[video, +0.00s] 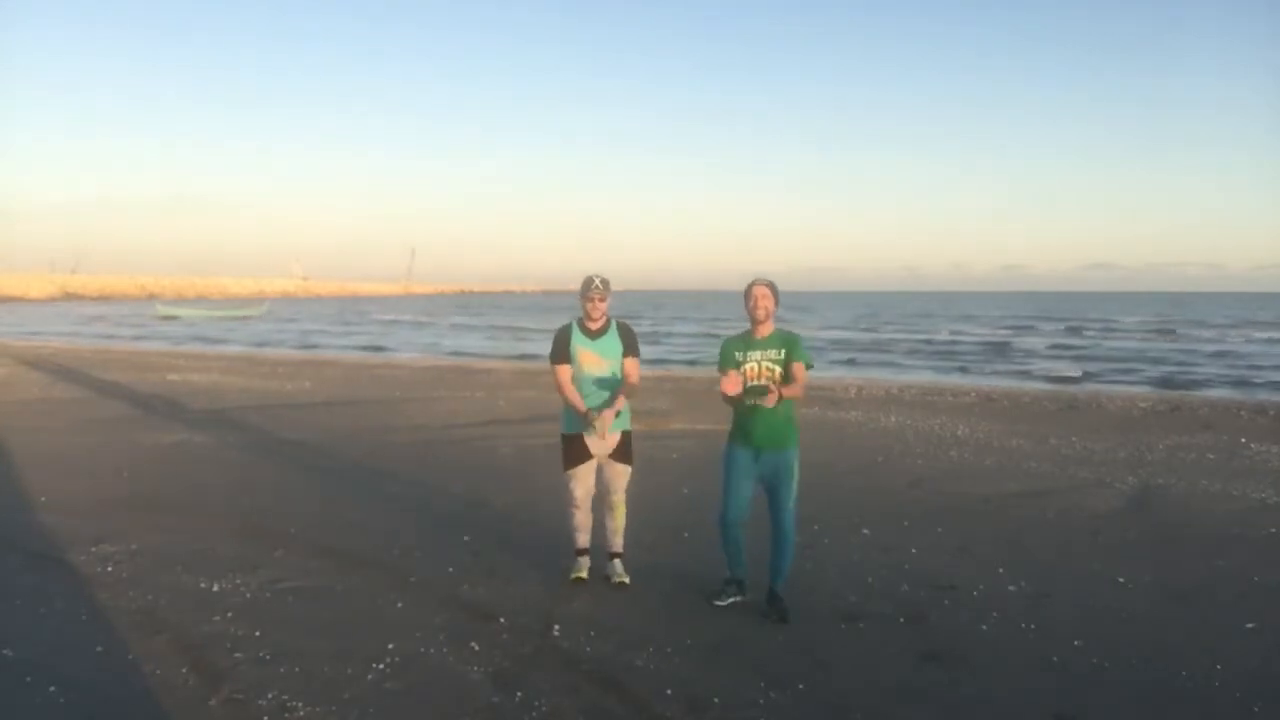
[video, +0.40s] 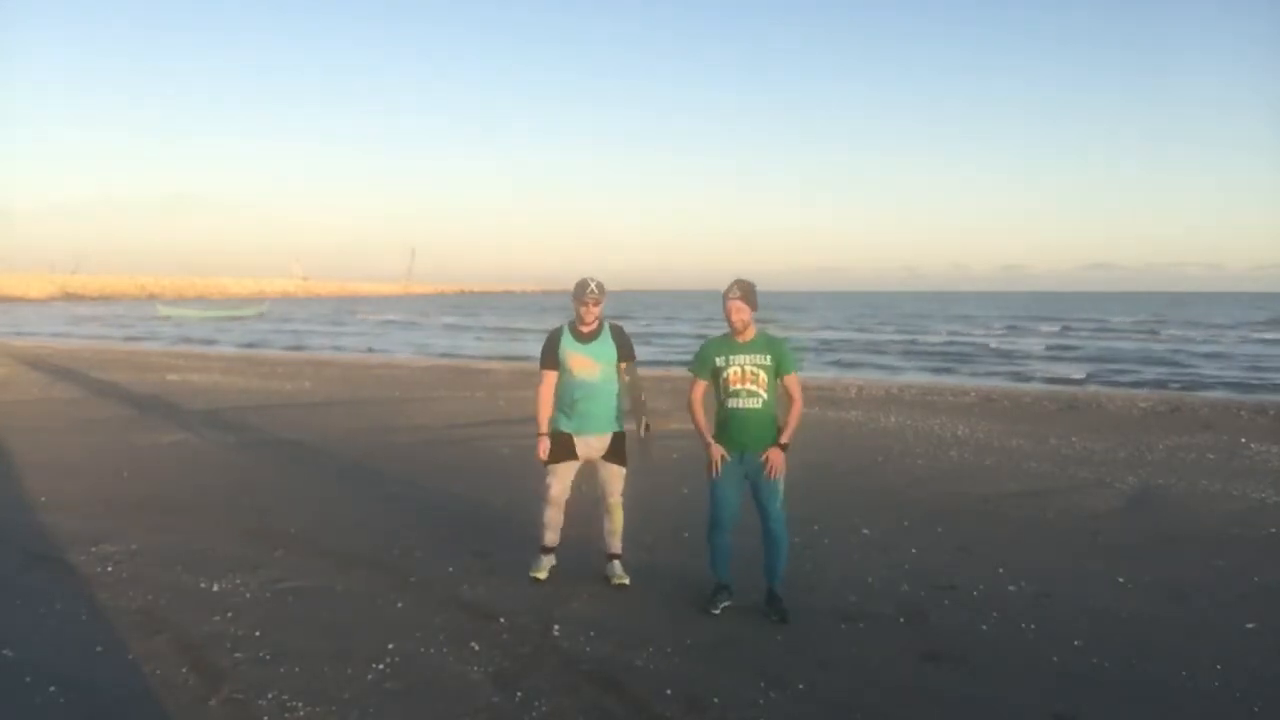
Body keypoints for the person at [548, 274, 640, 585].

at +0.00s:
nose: (595, 305)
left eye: (601, 300)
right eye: (590, 299)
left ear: (608, 301)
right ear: (581, 301)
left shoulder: (623, 332)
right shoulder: (565, 335)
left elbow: (632, 379)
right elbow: (564, 384)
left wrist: (612, 410)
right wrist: (587, 414)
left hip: (617, 426)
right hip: (578, 427)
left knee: (616, 496)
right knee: (580, 496)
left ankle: (615, 559)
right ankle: (581, 557)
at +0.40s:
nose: (590, 309)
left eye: (595, 304)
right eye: (584, 303)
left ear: (603, 305)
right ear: (575, 303)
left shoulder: (617, 336)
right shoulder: (557, 339)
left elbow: (631, 379)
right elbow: (546, 387)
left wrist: (641, 413)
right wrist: (543, 432)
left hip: (610, 433)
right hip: (566, 433)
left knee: (614, 499)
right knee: (554, 493)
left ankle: (615, 560)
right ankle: (547, 554)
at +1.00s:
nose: (535, 309)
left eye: (540, 303)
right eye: (529, 303)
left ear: (547, 305)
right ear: (518, 302)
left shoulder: (559, 333)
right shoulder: (498, 334)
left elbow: (574, 377)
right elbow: (478, 379)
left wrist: (567, 414)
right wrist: (471, 423)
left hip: (553, 430)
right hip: (510, 432)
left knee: (559, 496)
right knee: (508, 498)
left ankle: (559, 555)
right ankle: (504, 560)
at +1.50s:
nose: (536, 311)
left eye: (541, 305)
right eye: (531, 305)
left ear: (548, 306)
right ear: (519, 304)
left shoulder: (561, 337)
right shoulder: (500, 337)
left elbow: (577, 382)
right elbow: (485, 383)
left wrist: (569, 423)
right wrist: (492, 423)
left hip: (553, 437)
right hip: (512, 436)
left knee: (553, 503)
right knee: (512, 503)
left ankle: (552, 564)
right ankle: (512, 564)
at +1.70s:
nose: (528, 316)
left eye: (533, 311)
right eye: (523, 310)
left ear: (542, 310)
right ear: (513, 308)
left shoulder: (556, 337)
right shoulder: (495, 337)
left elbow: (572, 381)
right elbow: (475, 378)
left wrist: (564, 407)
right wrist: (474, 416)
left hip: (546, 433)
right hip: (501, 432)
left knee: (550, 500)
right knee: (491, 497)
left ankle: (552, 563)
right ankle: (492, 561)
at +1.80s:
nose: (520, 319)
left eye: (525, 313)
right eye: (515, 313)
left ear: (534, 311)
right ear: (505, 310)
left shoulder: (548, 335)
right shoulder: (489, 336)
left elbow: (572, 375)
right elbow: (469, 375)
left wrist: (567, 392)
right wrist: (464, 408)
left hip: (540, 434)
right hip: (494, 432)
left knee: (546, 503)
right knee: (480, 500)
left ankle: (551, 564)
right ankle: (471, 569)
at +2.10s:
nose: (500, 327)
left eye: (506, 321)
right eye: (495, 321)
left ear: (515, 319)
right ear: (486, 318)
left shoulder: (529, 342)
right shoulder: (471, 342)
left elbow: (552, 375)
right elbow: (454, 379)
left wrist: (556, 398)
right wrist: (442, 406)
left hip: (523, 439)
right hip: (478, 439)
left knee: (527, 508)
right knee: (471, 509)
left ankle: (537, 570)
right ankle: (471, 574)